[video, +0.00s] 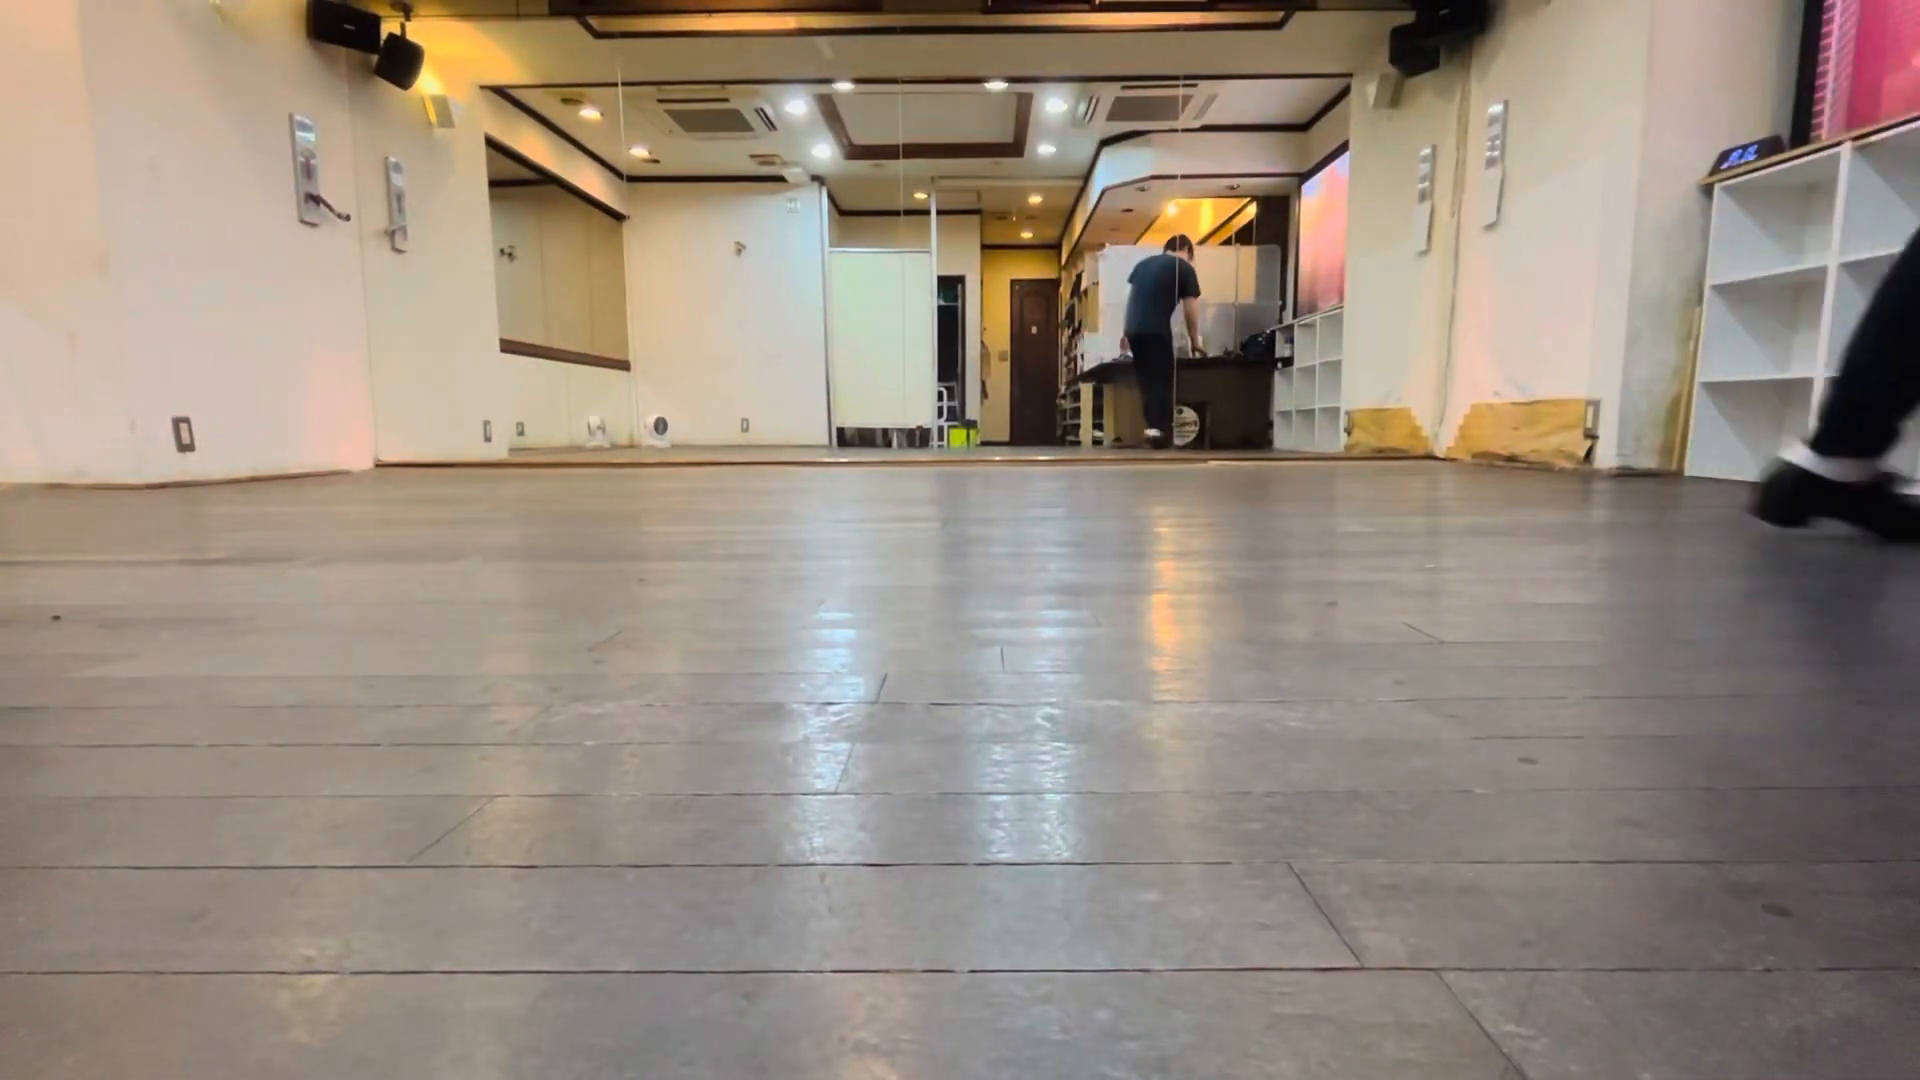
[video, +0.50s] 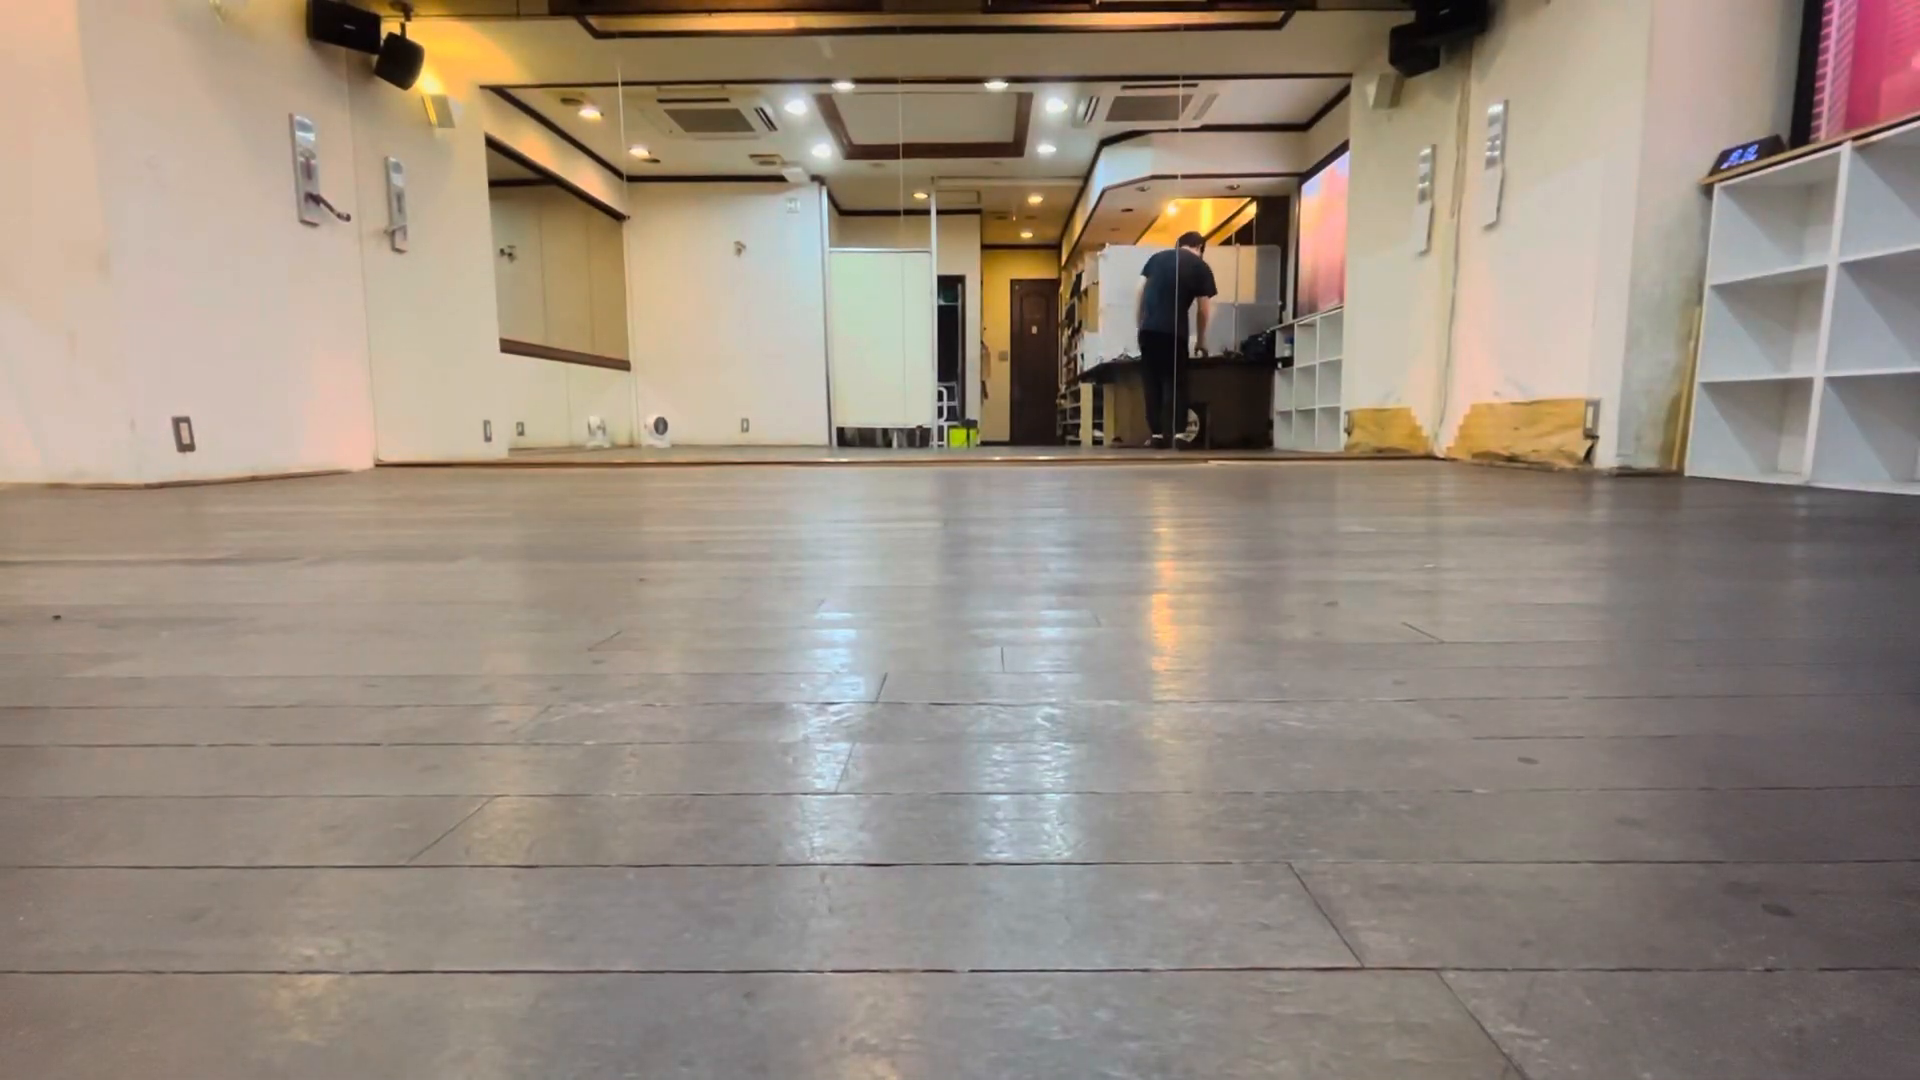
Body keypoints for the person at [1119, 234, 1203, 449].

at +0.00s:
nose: (1189, 260)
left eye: (1190, 256)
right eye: (1190, 256)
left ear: (1166, 248)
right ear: (1185, 250)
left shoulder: (1144, 263)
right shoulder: (1184, 268)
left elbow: (1132, 302)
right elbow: (1190, 311)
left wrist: (1126, 333)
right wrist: (1195, 343)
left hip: (1135, 331)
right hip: (1157, 330)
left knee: (1146, 379)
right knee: (1162, 379)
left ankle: (1152, 426)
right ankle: (1156, 427)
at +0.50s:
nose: (1201, 254)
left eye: (1201, 251)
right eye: (1202, 251)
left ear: (1179, 244)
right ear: (1199, 248)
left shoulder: (1159, 257)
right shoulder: (1200, 267)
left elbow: (1142, 292)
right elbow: (1203, 310)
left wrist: (1141, 323)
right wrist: (1200, 341)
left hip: (1148, 331)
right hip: (1174, 333)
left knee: (1152, 381)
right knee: (1177, 381)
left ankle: (1156, 432)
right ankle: (1176, 432)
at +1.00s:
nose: (1210, 257)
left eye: (1209, 255)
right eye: (1211, 255)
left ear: (1188, 246)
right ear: (1208, 252)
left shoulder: (1172, 254)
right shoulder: (1213, 269)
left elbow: (1159, 280)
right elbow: (1213, 313)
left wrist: (1150, 317)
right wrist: (1205, 343)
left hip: (1162, 325)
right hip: (1189, 331)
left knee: (1152, 377)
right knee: (1185, 381)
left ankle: (1146, 430)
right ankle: (1181, 433)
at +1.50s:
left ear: (1190, 246)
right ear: (1211, 252)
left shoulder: (1178, 252)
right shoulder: (1218, 270)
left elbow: (1167, 277)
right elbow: (1218, 314)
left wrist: (1153, 314)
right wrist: (1206, 342)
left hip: (1166, 320)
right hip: (1191, 328)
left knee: (1145, 368)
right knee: (1185, 380)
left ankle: (1130, 418)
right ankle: (1180, 433)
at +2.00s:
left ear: (1188, 245)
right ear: (1207, 250)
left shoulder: (1180, 250)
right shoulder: (1217, 270)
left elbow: (1172, 275)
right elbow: (1218, 313)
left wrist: (1158, 310)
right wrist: (1206, 342)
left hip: (1169, 317)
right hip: (1192, 326)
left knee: (1155, 367)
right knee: (1185, 377)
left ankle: (1148, 420)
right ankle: (1181, 433)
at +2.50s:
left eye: (1187, 244)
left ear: (1189, 243)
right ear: (1209, 249)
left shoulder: (1179, 249)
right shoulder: (1218, 268)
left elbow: (1171, 274)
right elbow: (1220, 313)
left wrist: (1156, 309)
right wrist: (1207, 343)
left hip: (1167, 319)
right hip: (1193, 327)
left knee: (1150, 369)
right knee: (1185, 379)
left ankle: (1136, 420)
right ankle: (1183, 434)